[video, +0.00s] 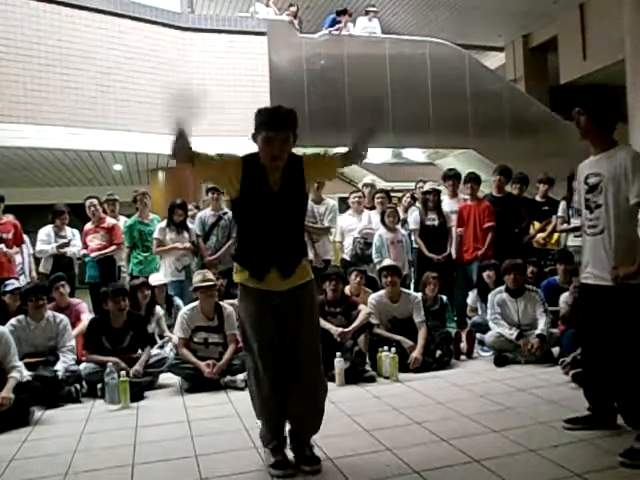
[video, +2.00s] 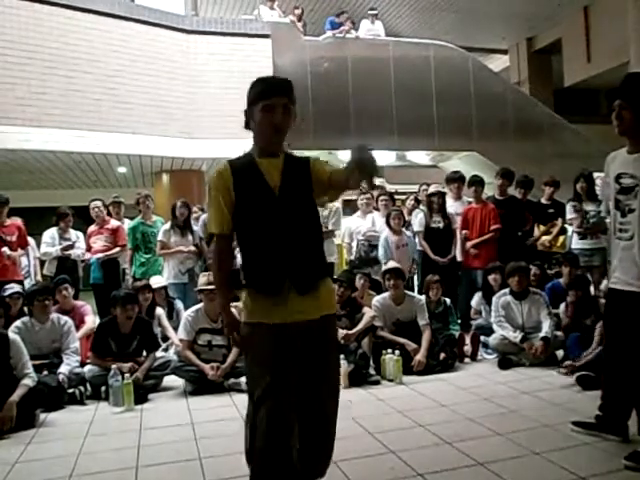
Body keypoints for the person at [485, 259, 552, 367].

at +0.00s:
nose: (513, 278)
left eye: (516, 274)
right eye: (509, 274)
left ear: (523, 276)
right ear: (504, 277)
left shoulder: (535, 293)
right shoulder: (495, 296)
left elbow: (543, 315)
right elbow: (494, 320)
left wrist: (540, 336)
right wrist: (517, 336)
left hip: (531, 331)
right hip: (508, 333)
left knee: (553, 335)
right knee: (491, 338)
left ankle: (513, 357)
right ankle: (538, 355)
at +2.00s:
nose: (517, 280)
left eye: (521, 276)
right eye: (513, 277)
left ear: (527, 278)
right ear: (508, 280)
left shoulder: (539, 296)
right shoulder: (499, 299)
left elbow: (548, 319)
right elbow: (498, 323)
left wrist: (544, 339)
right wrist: (522, 339)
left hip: (535, 335)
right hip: (512, 336)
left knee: (558, 338)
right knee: (495, 341)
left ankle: (519, 360)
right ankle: (541, 358)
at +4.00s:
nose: (517, 281)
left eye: (520, 276)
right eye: (512, 277)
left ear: (527, 278)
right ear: (507, 280)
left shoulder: (539, 296)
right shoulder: (499, 299)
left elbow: (548, 319)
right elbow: (498, 323)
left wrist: (544, 338)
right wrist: (521, 339)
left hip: (535, 334)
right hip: (513, 335)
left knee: (559, 338)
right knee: (495, 341)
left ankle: (518, 360)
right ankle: (541, 358)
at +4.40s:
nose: (516, 280)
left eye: (520, 276)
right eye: (512, 276)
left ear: (527, 278)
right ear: (507, 280)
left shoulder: (539, 296)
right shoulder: (499, 299)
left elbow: (547, 319)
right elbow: (498, 323)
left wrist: (544, 339)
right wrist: (522, 339)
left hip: (535, 335)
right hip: (512, 336)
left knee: (559, 337)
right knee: (495, 340)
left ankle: (518, 360)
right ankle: (543, 358)